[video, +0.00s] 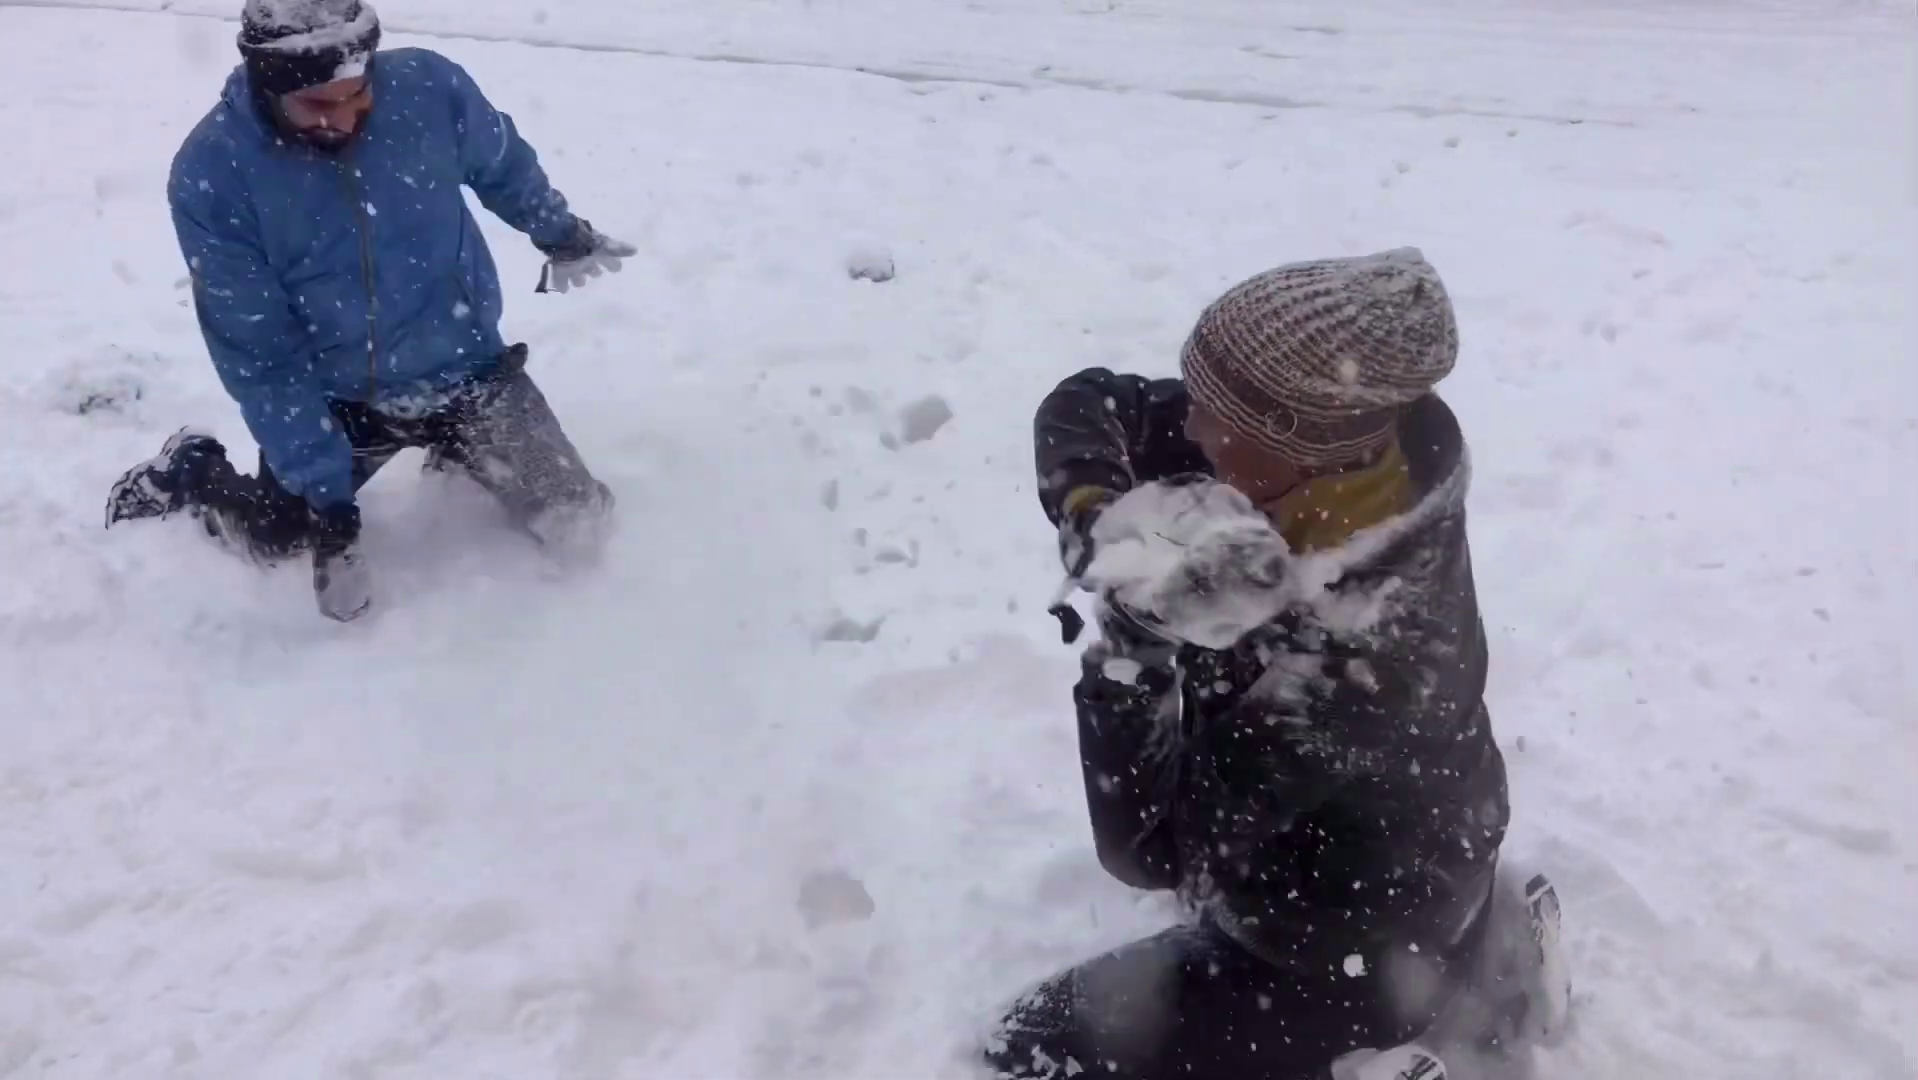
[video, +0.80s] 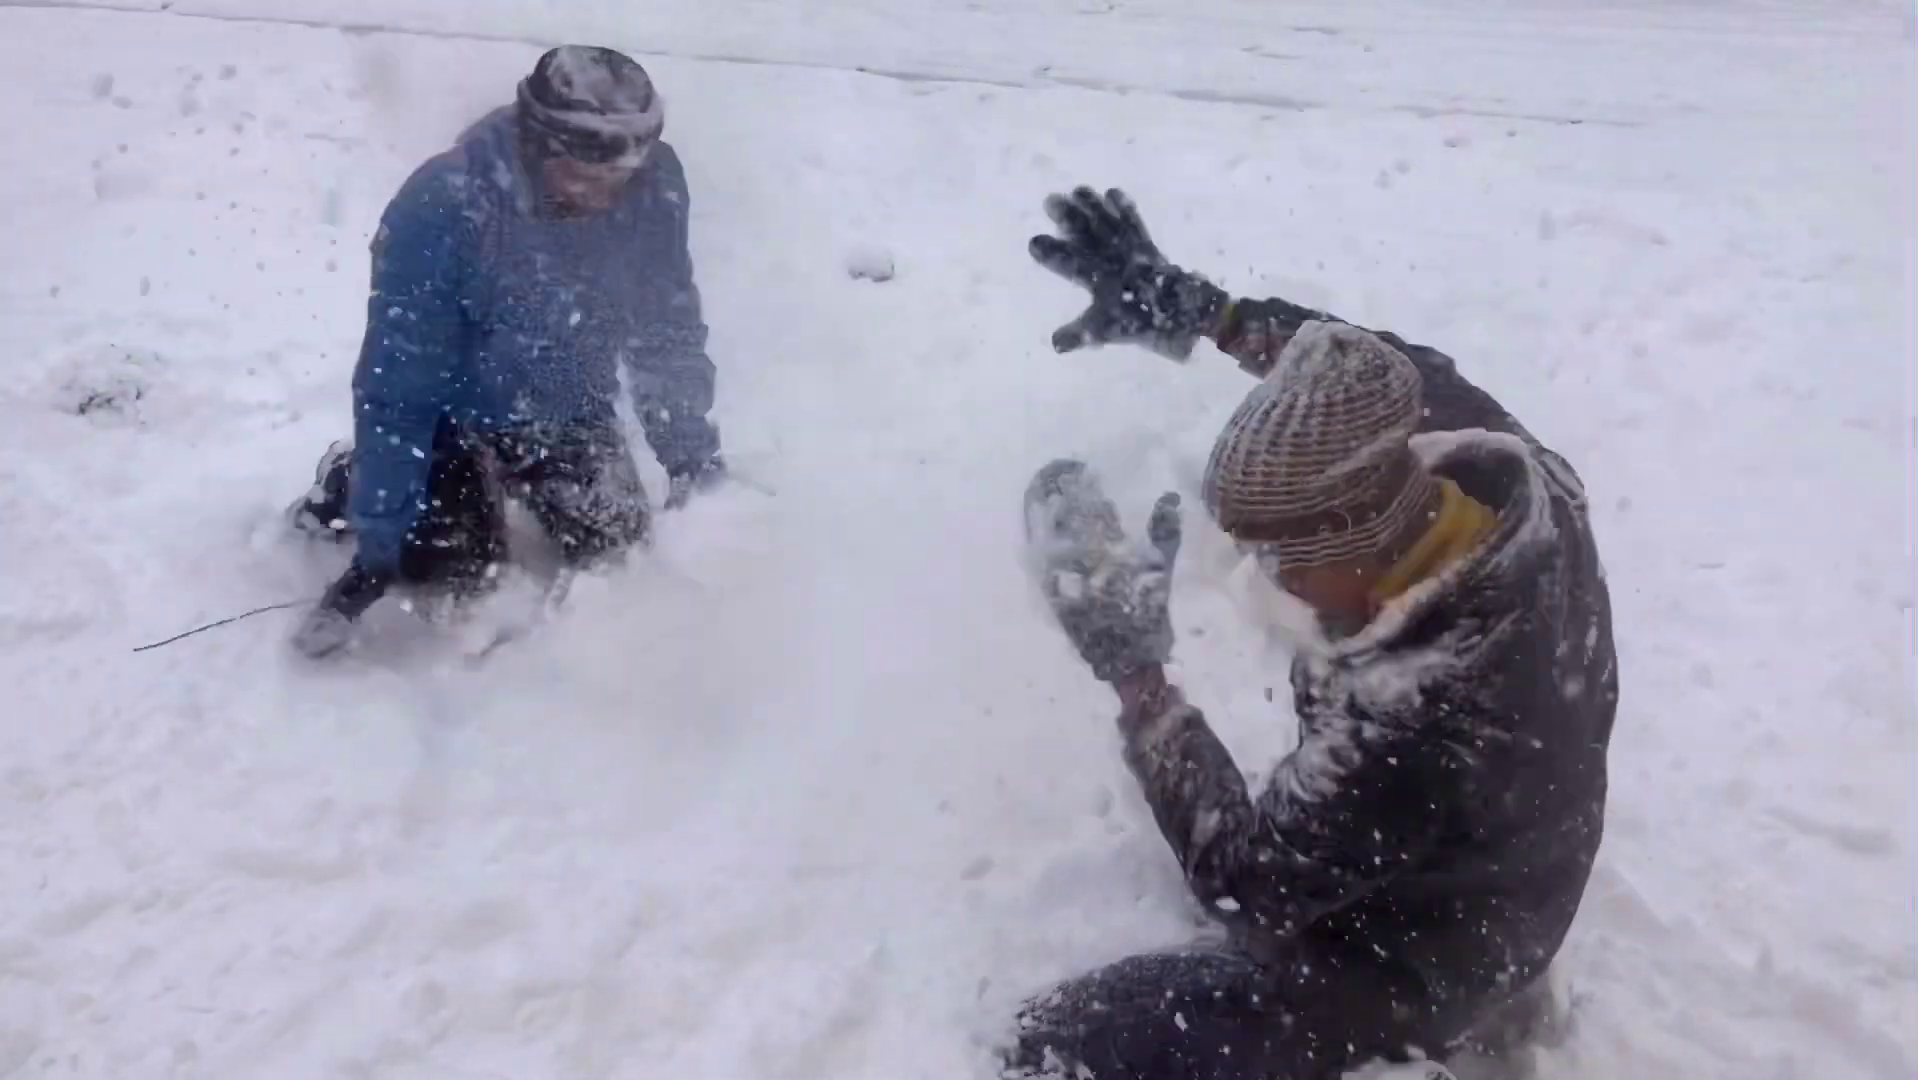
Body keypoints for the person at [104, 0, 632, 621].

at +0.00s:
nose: (343, 120)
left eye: (357, 94)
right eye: (318, 104)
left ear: (371, 62)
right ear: (269, 86)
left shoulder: (427, 90)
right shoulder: (214, 176)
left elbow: (503, 164)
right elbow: (260, 359)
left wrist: (559, 231)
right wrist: (333, 519)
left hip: (469, 375)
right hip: (339, 405)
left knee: (583, 529)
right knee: (283, 542)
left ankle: (466, 445)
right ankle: (190, 476)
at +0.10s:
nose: (399, 114)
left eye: (413, 87)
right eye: (375, 97)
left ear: (431, 66)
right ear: (330, 87)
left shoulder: (489, 114)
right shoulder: (269, 182)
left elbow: (554, 200)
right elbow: (307, 350)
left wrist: (605, 270)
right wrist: (370, 485)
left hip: (496, 401)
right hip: (359, 422)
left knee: (596, 547)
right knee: (286, 545)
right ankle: (197, 476)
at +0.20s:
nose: (466, 118)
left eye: (481, 92)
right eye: (441, 98)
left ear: (499, 82)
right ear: (396, 94)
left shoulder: (555, 149)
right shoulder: (337, 207)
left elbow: (611, 256)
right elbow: (377, 374)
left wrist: (657, 344)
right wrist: (455, 498)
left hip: (530, 407)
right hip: (394, 421)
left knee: (614, 546)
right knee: (288, 540)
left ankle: (509, 466)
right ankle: (198, 478)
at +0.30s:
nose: (528, 124)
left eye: (540, 102)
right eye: (504, 106)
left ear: (558, 101)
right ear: (457, 110)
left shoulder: (581, 184)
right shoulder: (401, 220)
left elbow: (640, 309)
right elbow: (449, 400)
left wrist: (686, 424)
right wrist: (552, 533)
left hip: (540, 408)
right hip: (414, 418)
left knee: (623, 536)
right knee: (298, 534)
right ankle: (205, 476)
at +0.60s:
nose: (607, 157)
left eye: (618, 134)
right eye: (589, 139)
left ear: (631, 122)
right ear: (541, 127)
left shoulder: (653, 192)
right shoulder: (454, 192)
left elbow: (662, 348)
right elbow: (469, 376)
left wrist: (683, 491)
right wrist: (546, 513)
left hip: (562, 397)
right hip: (431, 397)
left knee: (599, 524)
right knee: (345, 567)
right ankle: (276, 474)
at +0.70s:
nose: (619, 172)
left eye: (632, 152)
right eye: (602, 154)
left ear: (643, 139)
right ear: (553, 138)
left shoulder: (657, 189)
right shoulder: (451, 191)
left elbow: (668, 348)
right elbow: (436, 385)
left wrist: (686, 476)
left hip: (559, 412)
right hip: (438, 405)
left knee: (620, 551)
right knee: (393, 570)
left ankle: (521, 463)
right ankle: (322, 477)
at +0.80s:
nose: (596, 197)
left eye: (616, 181)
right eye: (581, 177)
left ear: (637, 161)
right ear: (541, 149)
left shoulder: (652, 186)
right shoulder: (442, 206)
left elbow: (667, 332)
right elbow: (396, 389)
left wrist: (693, 464)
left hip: (567, 411)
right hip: (452, 411)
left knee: (615, 542)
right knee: (458, 569)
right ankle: (353, 488)